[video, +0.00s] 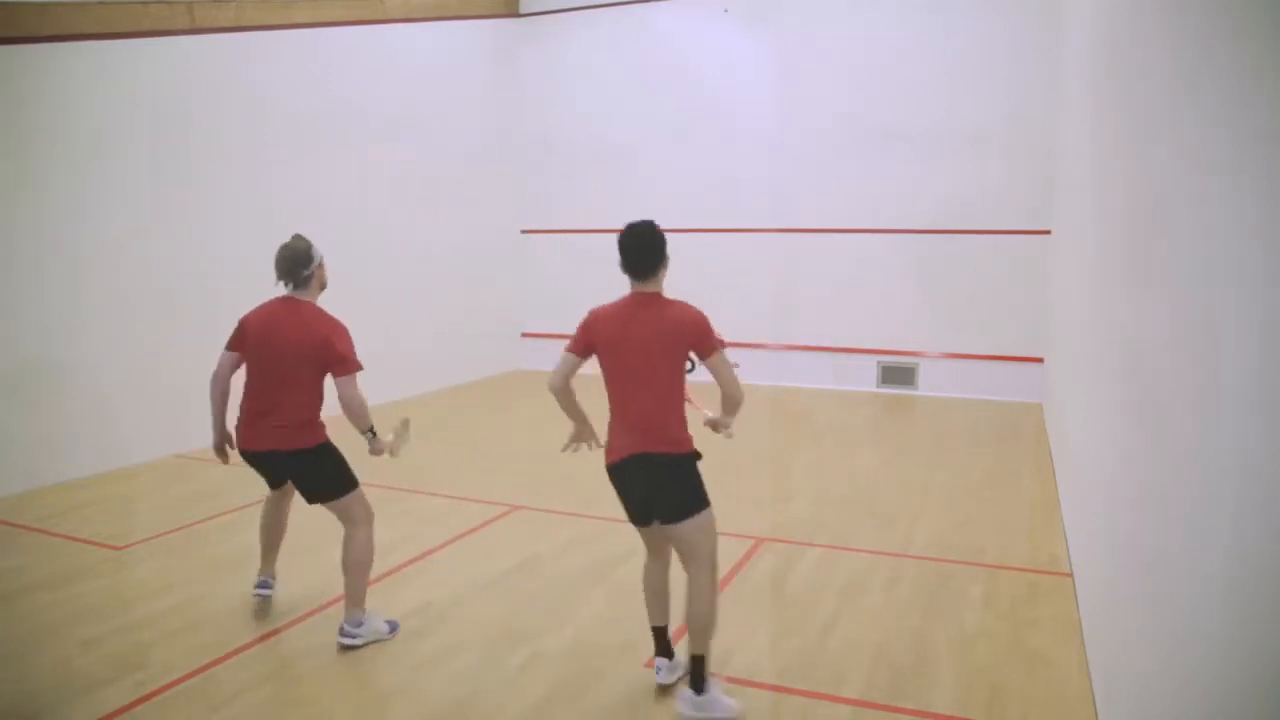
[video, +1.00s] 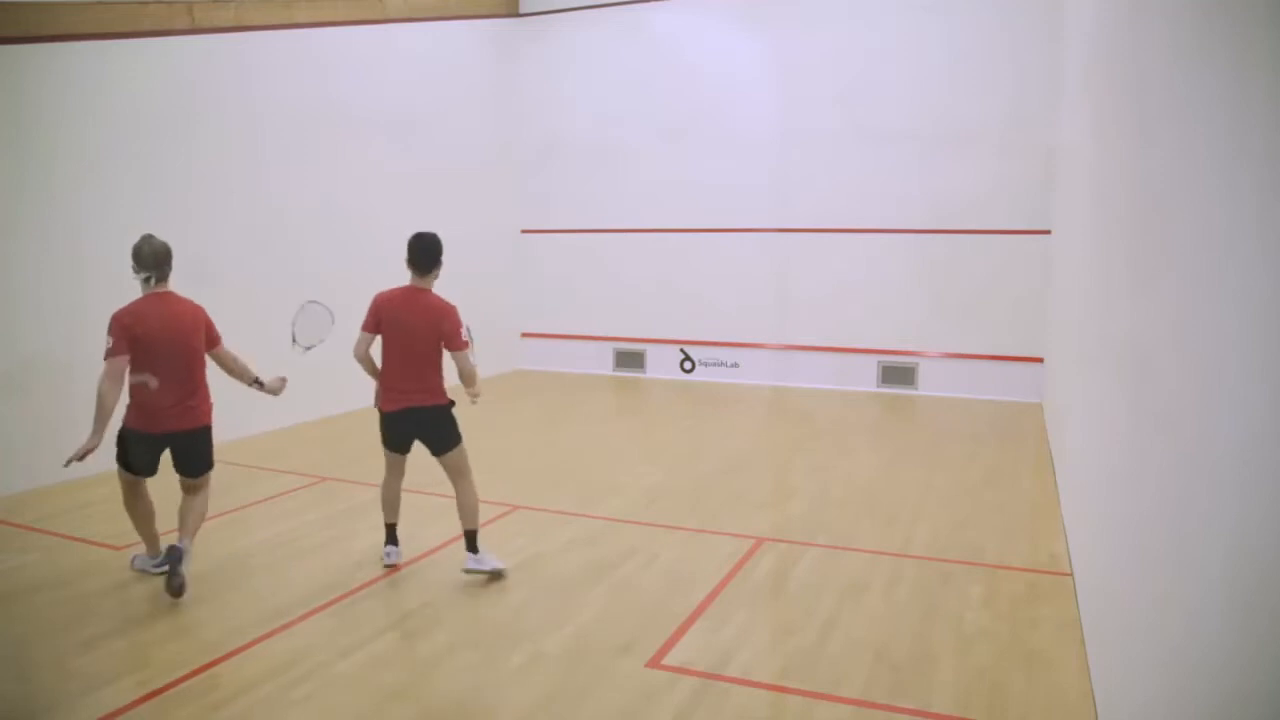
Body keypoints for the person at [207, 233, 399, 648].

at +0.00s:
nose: (326, 271)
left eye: (322, 265)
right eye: (323, 266)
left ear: (284, 276)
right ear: (318, 273)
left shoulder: (255, 319)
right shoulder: (329, 330)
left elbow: (221, 375)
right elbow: (349, 399)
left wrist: (218, 429)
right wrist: (372, 436)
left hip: (252, 443)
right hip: (303, 446)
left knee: (281, 488)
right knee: (359, 517)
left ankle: (265, 578)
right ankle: (355, 621)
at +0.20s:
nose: (277, 240)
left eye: (273, 235)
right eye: (275, 236)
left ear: (234, 246)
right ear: (272, 242)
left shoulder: (209, 290)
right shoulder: (295, 292)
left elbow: (185, 348)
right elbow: (323, 358)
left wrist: (180, 399)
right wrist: (319, 383)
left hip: (230, 415)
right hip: (282, 412)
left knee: (243, 487)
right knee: (298, 493)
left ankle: (252, 574)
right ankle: (298, 586)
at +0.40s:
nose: (238, 254)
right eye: (236, 250)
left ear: (199, 261)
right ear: (235, 257)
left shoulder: (190, 309)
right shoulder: (256, 303)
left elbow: (164, 361)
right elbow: (241, 344)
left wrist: (148, 373)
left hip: (209, 424)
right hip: (260, 421)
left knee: (193, 490)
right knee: (266, 499)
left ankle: (181, 552)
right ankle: (280, 580)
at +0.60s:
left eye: (163, 280)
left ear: (166, 283)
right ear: (199, 281)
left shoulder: (161, 334)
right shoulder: (212, 323)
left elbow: (143, 372)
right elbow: (156, 340)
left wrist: (133, 371)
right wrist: (113, 330)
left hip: (175, 438)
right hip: (223, 436)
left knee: (143, 479)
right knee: (231, 502)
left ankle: (155, 555)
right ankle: (268, 550)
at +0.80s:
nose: (140, 277)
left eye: (141, 273)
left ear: (143, 280)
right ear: (178, 278)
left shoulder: (133, 330)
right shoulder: (195, 322)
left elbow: (119, 390)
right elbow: (189, 374)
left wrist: (104, 435)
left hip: (151, 432)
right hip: (198, 430)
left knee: (127, 477)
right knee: (210, 486)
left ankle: (155, 554)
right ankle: (237, 543)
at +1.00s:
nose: (134, 269)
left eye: (134, 265)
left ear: (136, 270)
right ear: (170, 267)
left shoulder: (125, 319)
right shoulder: (194, 313)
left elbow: (113, 379)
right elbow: (227, 361)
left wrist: (96, 435)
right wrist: (262, 385)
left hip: (144, 425)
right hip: (193, 423)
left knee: (132, 480)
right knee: (195, 487)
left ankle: (155, 554)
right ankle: (183, 548)